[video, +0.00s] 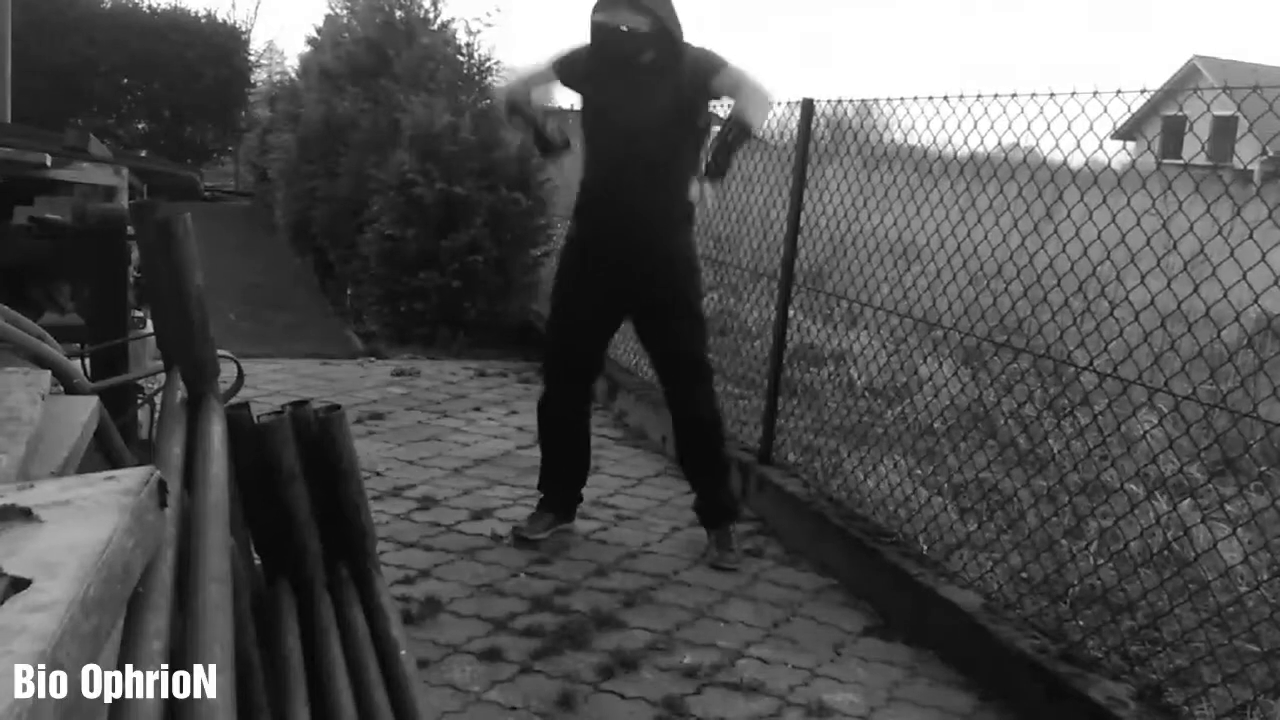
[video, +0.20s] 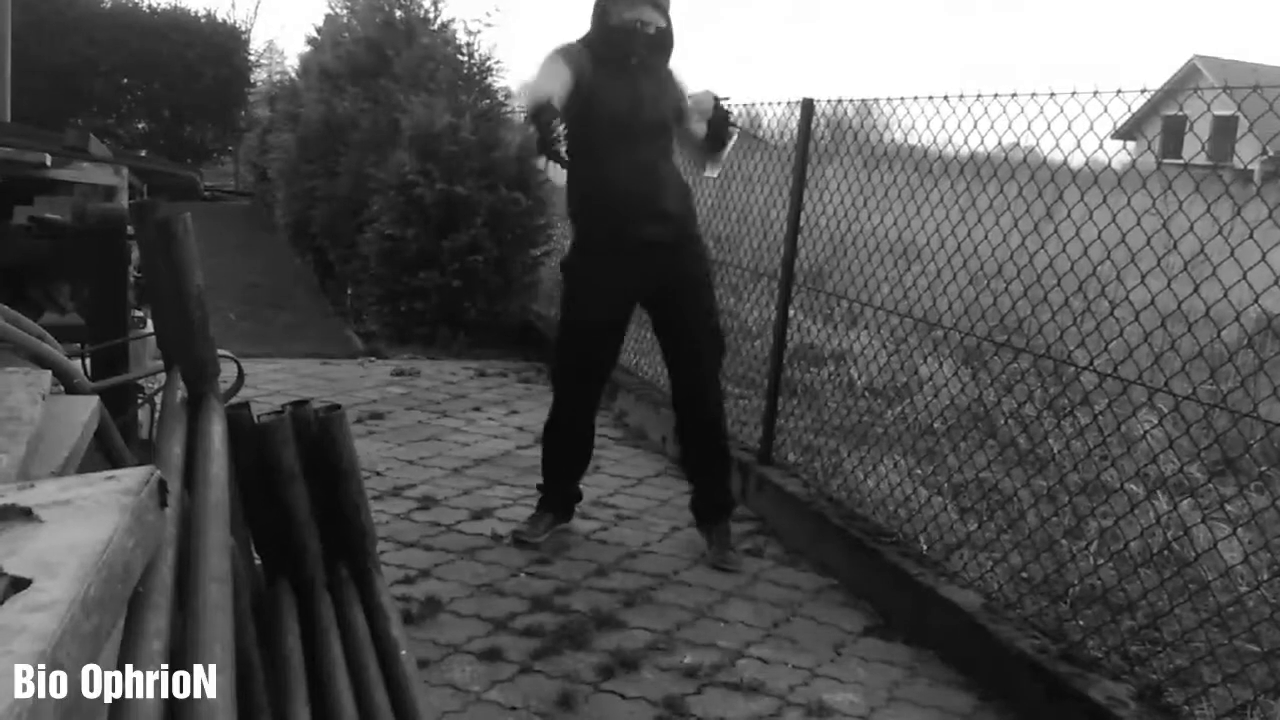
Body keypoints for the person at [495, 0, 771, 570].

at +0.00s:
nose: (611, 36)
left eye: (619, 27)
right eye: (608, 27)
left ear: (644, 21)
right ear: (610, 25)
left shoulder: (693, 64)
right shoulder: (592, 59)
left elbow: (756, 95)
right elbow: (508, 90)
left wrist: (728, 143)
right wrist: (539, 122)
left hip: (663, 252)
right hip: (592, 247)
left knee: (689, 385)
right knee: (565, 379)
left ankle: (719, 521)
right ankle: (557, 505)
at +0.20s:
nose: (640, 33)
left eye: (652, 26)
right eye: (630, 21)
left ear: (663, 31)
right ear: (605, 17)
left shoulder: (666, 81)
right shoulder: (573, 61)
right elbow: (541, 97)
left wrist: (714, 139)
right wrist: (544, 125)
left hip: (673, 251)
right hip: (600, 250)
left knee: (699, 384)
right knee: (575, 382)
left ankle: (715, 519)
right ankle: (554, 505)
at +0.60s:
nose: (642, 57)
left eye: (654, 44)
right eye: (630, 46)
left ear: (678, 35)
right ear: (618, 41)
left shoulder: (712, 80)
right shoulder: (622, 90)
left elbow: (718, 23)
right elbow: (574, 144)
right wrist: (582, 152)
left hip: (684, 255)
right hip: (612, 248)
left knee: (706, 386)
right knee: (580, 375)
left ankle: (730, 521)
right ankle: (550, 498)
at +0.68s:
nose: (627, 46)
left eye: (638, 34)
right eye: (626, 40)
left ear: (675, 28)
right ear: (632, 48)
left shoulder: (729, 66)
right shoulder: (640, 99)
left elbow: (650, 17)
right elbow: (611, 140)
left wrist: (614, 11)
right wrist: (607, 161)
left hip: (684, 256)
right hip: (615, 248)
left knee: (704, 392)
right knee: (577, 374)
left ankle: (728, 524)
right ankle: (550, 498)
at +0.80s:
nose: (664, 49)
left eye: (677, 38)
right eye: (654, 38)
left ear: (705, 37)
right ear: (643, 39)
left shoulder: (738, 84)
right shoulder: (645, 88)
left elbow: (706, 137)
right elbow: (591, 129)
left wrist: (638, 118)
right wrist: (595, 129)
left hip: (686, 266)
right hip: (615, 256)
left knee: (702, 395)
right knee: (573, 374)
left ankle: (726, 525)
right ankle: (552, 501)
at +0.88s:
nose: (656, 35)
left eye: (667, 24)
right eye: (649, 24)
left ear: (696, 24)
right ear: (641, 23)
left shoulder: (733, 80)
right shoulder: (635, 61)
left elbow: (737, 161)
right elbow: (548, 51)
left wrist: (664, 133)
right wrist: (601, 78)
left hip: (687, 260)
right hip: (615, 248)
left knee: (705, 393)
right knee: (575, 375)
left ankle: (727, 525)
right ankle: (553, 501)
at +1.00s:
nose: (669, 14)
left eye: (681, 9)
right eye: (658, 8)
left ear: (698, 17)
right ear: (639, 13)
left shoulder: (710, 80)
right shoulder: (619, 55)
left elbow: (748, 167)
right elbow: (596, 21)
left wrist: (703, 126)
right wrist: (662, 52)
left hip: (688, 256)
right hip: (611, 249)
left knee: (712, 389)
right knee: (579, 381)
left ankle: (734, 521)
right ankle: (553, 504)